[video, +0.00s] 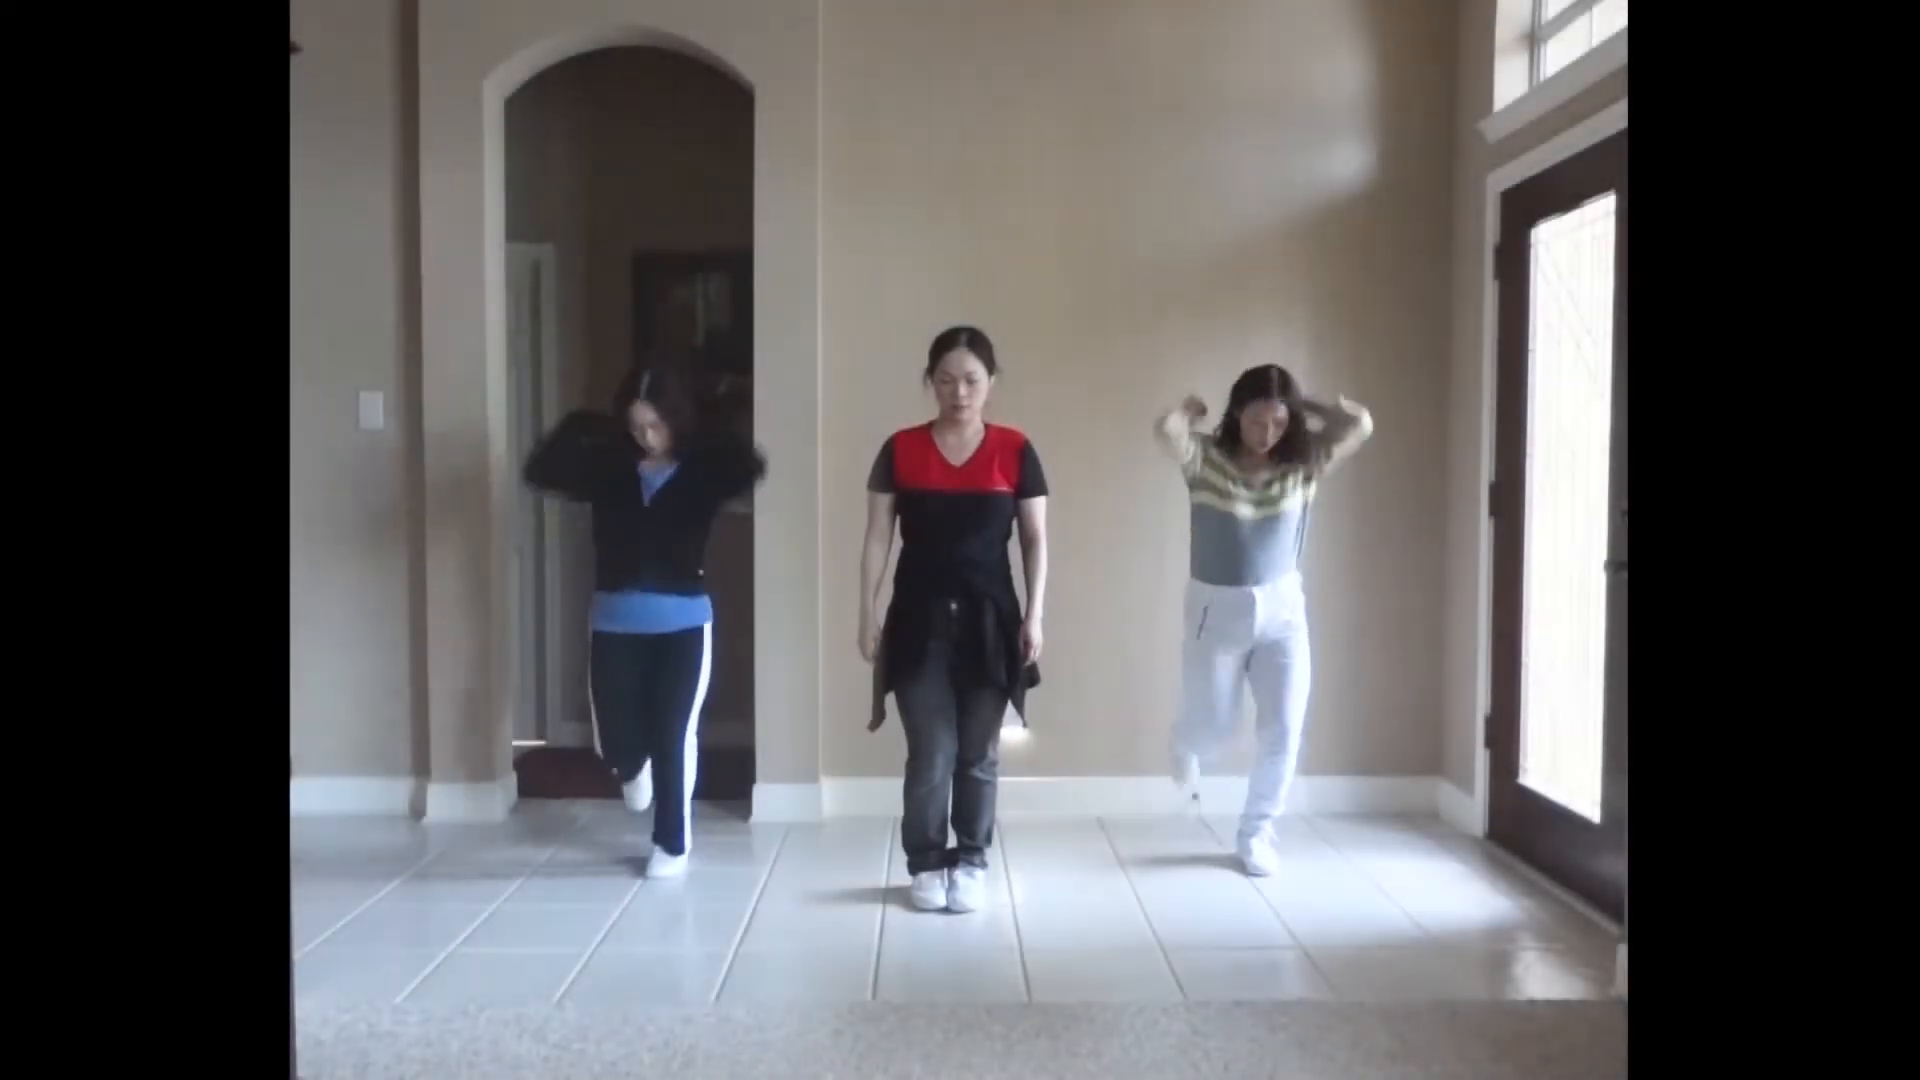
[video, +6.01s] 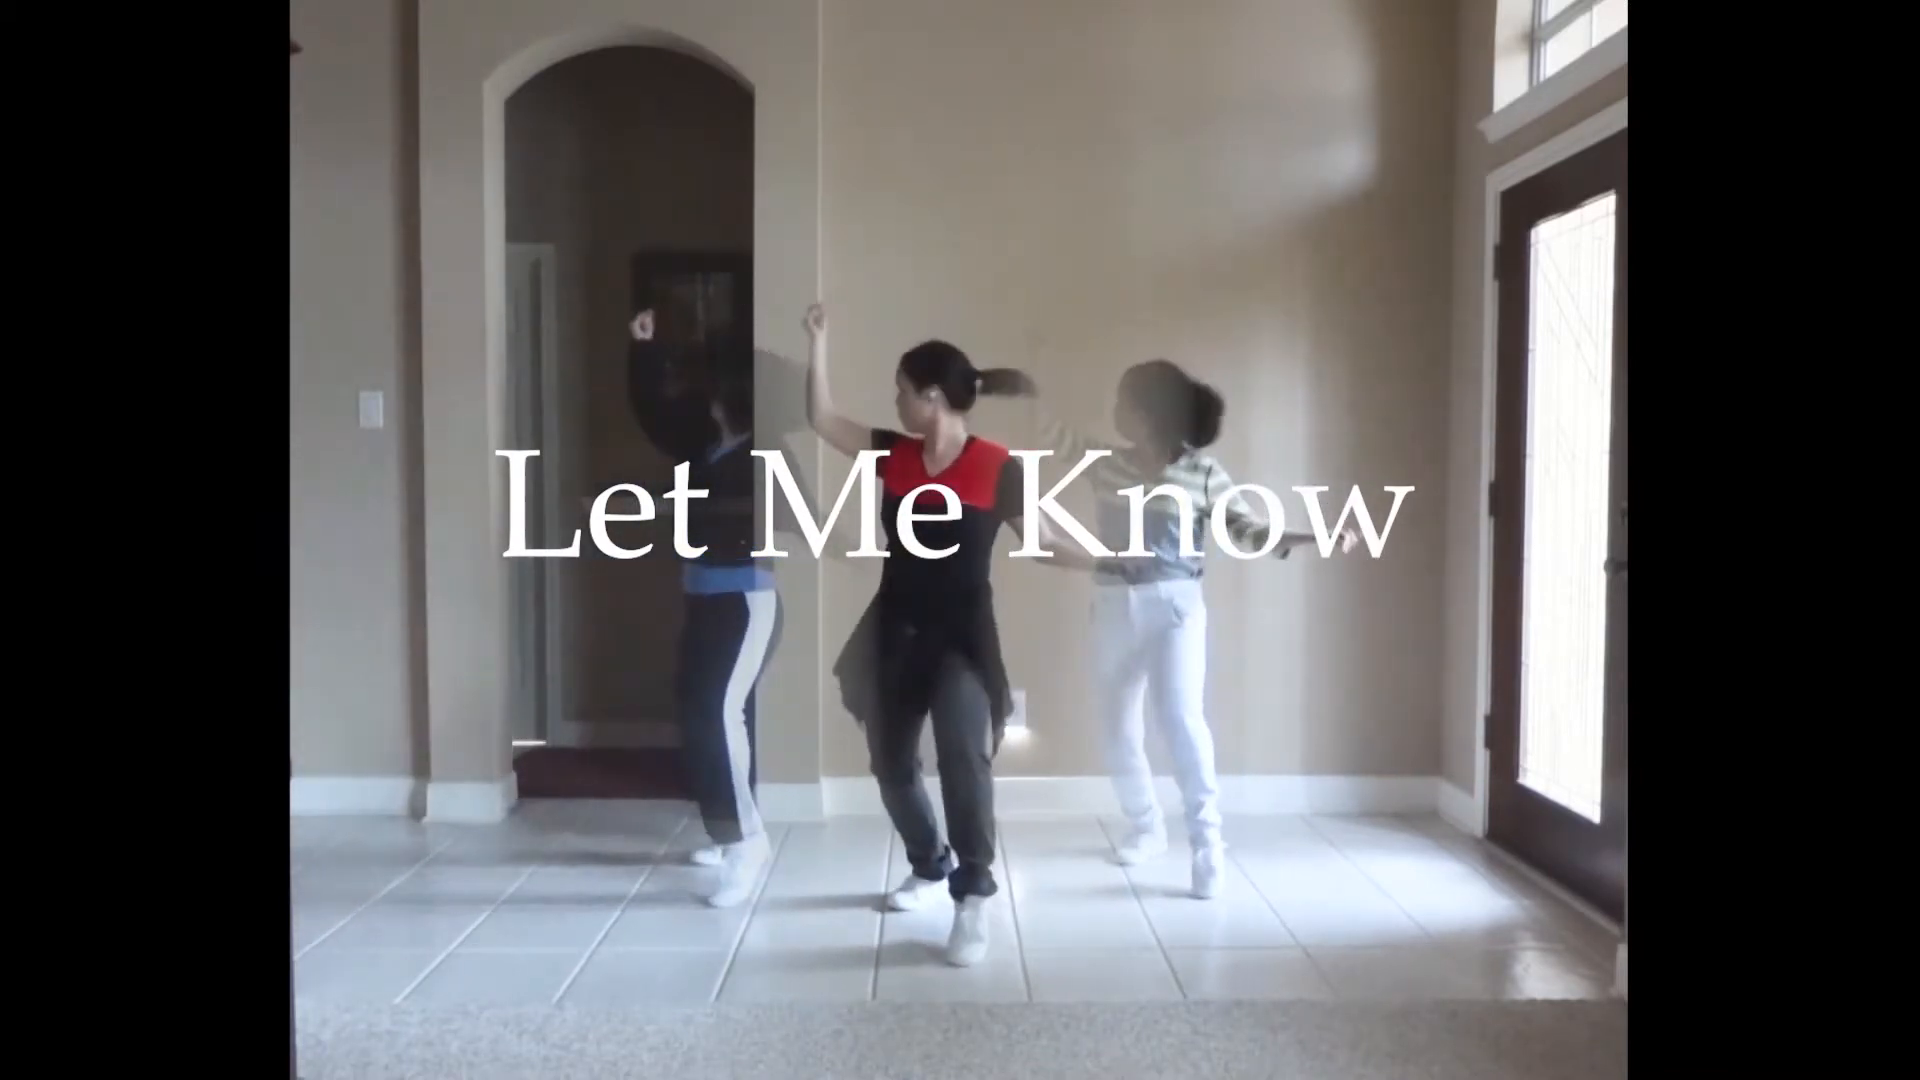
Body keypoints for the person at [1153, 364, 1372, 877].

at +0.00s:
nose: (1266, 431)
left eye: (1277, 421)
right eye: (1256, 419)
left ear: (1289, 423)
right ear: (1236, 417)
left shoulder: (1303, 467)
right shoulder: (1205, 459)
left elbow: (1361, 424)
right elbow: (1166, 431)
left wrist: (1312, 408)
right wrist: (1185, 412)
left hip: (1282, 616)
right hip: (1215, 615)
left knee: (1283, 731)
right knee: (1215, 726)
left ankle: (1257, 836)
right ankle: (1184, 747)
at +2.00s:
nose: (1200, 433)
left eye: (1210, 424)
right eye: (1190, 423)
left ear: (1223, 431)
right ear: (1173, 429)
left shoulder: (1236, 483)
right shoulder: (1154, 484)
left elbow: (1240, 525)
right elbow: (1167, 523)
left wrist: (1230, 553)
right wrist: (1212, 549)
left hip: (1229, 602)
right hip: (1170, 606)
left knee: (1253, 712)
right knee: (1176, 727)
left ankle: (1264, 824)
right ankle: (1199, 809)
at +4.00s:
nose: (1211, 373)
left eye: (1218, 367)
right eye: (1197, 364)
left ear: (1224, 387)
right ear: (1170, 379)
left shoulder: (1205, 447)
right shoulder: (1170, 444)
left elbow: (1207, 526)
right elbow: (1205, 518)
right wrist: (1243, 462)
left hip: (1222, 599)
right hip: (1192, 602)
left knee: (1204, 737)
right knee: (1267, 725)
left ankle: (1184, 857)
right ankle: (1189, 846)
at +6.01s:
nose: (1116, 408)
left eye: (1125, 401)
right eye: (1118, 400)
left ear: (1149, 412)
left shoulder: (1203, 475)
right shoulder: (1107, 466)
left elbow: (1242, 529)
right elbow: (1063, 442)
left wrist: (1297, 539)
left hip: (1175, 606)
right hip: (1115, 607)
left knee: (1182, 717)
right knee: (1119, 724)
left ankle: (1206, 840)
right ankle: (1144, 827)